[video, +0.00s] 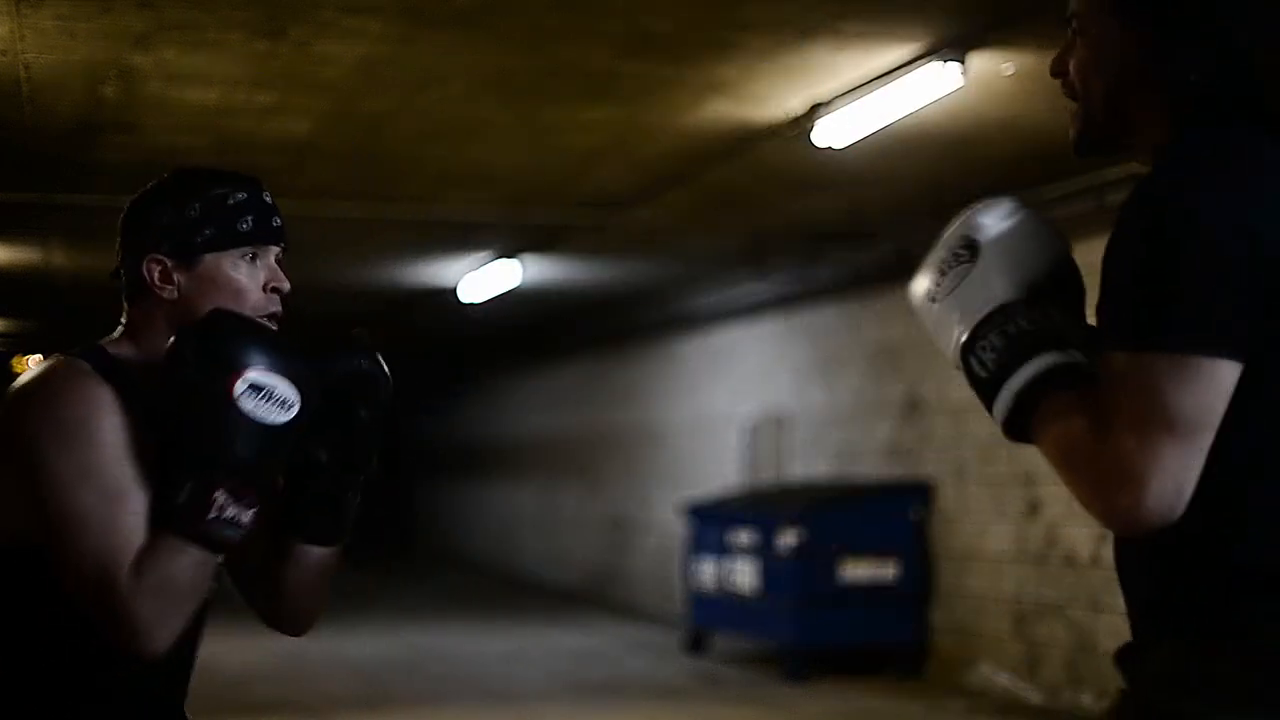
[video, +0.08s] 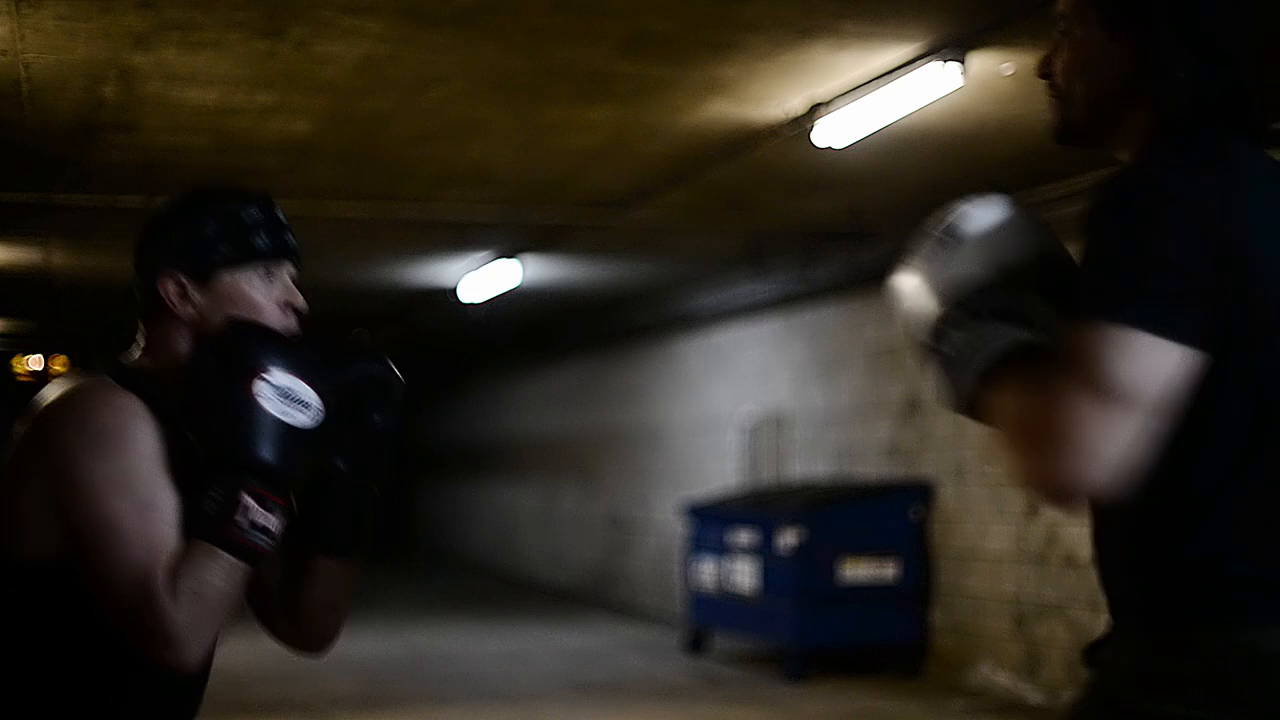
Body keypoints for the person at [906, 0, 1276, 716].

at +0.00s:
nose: (1059, 66)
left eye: (1080, 28)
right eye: (1069, 33)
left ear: (1157, 34)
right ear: (1171, 40)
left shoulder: (1216, 180)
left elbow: (1141, 480)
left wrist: (1006, 333)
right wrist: (1058, 330)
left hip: (1228, 670)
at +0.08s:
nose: (1046, 64)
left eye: (1071, 33)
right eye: (1056, 36)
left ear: (1141, 43)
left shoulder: (1191, 185)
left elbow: (1084, 454)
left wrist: (969, 321)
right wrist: (1045, 284)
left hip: (1209, 650)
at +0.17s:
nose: (1018, 65)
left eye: (1040, 36)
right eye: (1026, 37)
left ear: (1104, 44)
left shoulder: (1096, 184)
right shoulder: (1240, 179)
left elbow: (916, 379)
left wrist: (841, 314)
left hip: (1169, 632)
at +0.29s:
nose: (961, 68)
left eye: (973, 42)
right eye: (964, 43)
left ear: (1032, 50)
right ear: (1133, 48)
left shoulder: (1000, 184)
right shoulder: (1226, 199)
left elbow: (738, 273)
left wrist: (554, 259)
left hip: (1141, 655)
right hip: (1266, 642)